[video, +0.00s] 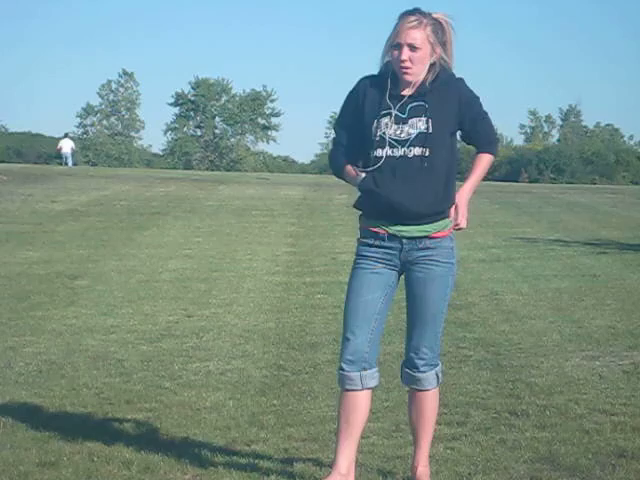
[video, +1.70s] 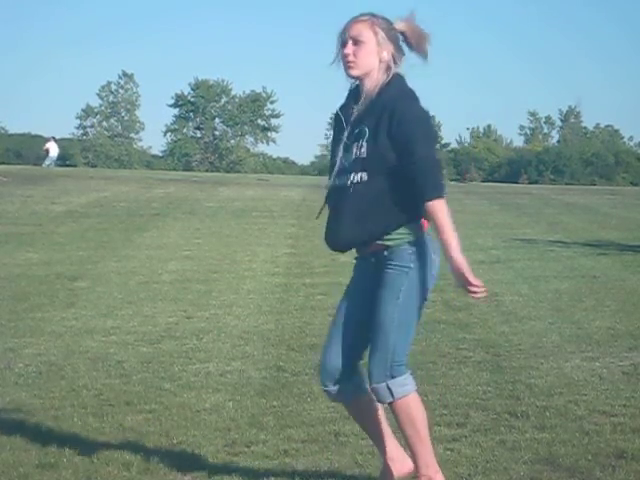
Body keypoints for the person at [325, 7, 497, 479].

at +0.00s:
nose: (403, 55)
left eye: (413, 48)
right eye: (397, 46)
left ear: (435, 53)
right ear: (388, 49)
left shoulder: (454, 91)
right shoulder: (367, 90)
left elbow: (488, 144)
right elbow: (340, 156)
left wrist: (464, 193)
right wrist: (363, 179)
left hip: (433, 245)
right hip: (374, 243)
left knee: (422, 362)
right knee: (355, 359)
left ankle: (420, 466)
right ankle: (342, 470)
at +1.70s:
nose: (346, 49)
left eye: (357, 42)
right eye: (344, 43)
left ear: (386, 51)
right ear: (343, 53)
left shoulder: (402, 105)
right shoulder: (348, 113)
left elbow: (430, 186)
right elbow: (362, 184)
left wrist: (456, 257)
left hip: (405, 251)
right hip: (368, 256)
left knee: (388, 369)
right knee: (338, 372)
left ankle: (431, 473)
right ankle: (397, 464)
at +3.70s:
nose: (332, 35)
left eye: (341, 24)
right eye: (325, 27)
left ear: (367, 24)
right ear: (319, 33)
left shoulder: (381, 66)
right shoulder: (314, 76)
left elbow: (328, 91)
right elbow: (301, 144)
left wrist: (246, 65)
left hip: (362, 235)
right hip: (298, 232)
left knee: (389, 357)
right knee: (258, 352)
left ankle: (401, 466)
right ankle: (259, 462)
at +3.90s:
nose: (330, 72)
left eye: (341, 63)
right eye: (322, 63)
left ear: (361, 67)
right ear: (314, 69)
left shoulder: (374, 119)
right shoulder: (305, 118)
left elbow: (356, 192)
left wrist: (302, 148)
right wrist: (357, 20)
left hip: (350, 280)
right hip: (284, 273)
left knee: (382, 392)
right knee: (229, 382)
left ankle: (400, 475)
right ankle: (201, 474)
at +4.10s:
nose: (329, 75)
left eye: (339, 68)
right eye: (321, 65)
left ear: (353, 76)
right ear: (307, 70)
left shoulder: (362, 130)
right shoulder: (277, 120)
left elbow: (418, 185)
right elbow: (231, 174)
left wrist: (386, 216)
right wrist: (270, 224)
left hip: (348, 273)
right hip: (285, 273)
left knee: (380, 395)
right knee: (228, 389)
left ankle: (402, 475)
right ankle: (203, 477)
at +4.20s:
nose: (338, 52)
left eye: (348, 45)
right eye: (330, 42)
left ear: (358, 51)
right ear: (310, 42)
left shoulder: (359, 95)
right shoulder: (276, 86)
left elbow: (393, 129)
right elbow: (240, 144)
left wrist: (418, 156)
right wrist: (283, 169)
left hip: (355, 244)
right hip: (290, 243)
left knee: (399, 358)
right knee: (247, 364)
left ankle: (410, 472)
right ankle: (208, 472)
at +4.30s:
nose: (347, 53)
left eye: (355, 44)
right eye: (339, 42)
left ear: (361, 47)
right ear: (315, 37)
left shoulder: (368, 98)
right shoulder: (272, 79)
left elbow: (434, 141)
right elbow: (215, 124)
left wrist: (406, 144)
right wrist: (266, 127)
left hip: (359, 247)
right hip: (292, 248)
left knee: (405, 357)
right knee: (250, 363)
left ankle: (426, 463)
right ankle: (207, 470)